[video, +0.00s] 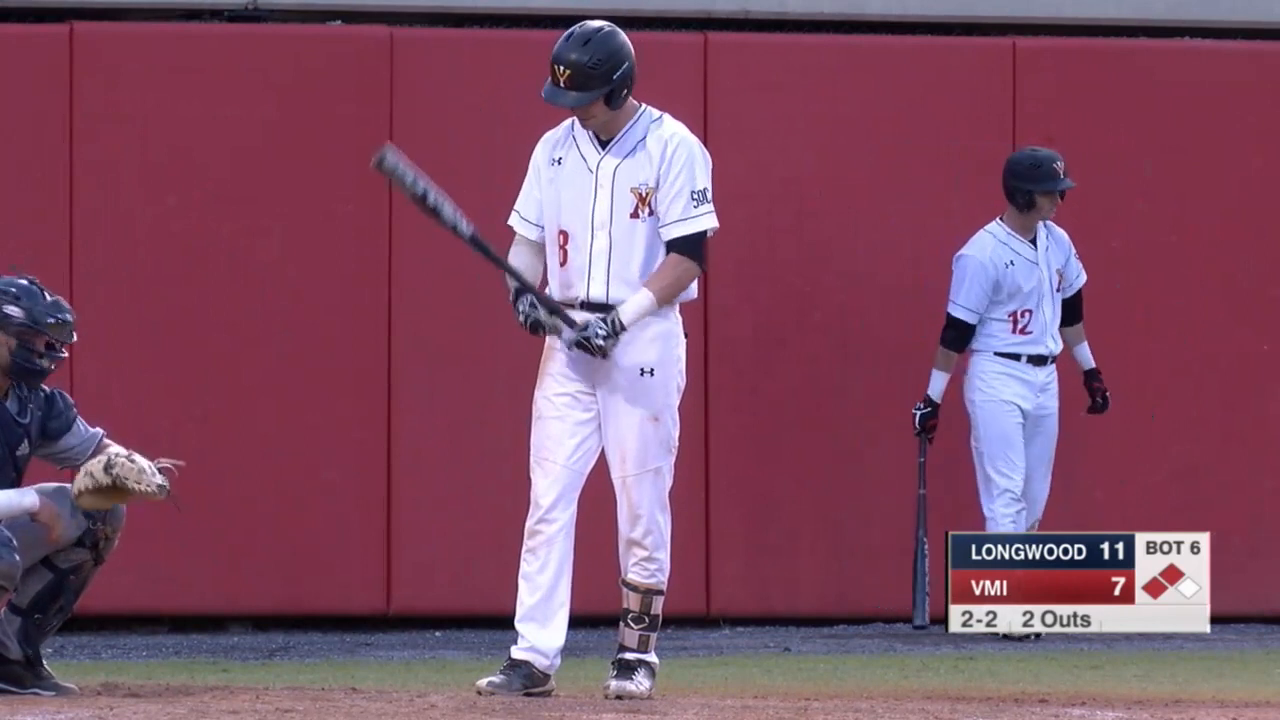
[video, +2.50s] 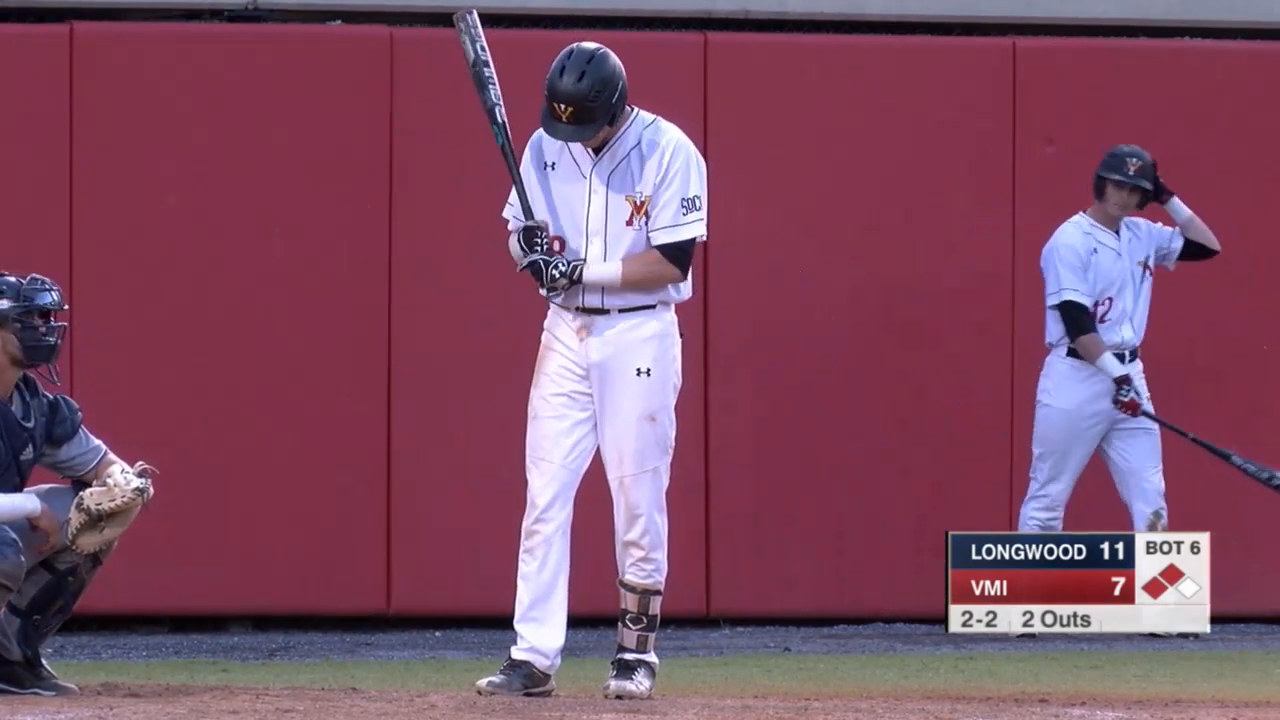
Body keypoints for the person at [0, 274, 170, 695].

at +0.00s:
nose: (40, 349)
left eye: (47, 341)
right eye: (28, 337)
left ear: (54, 344)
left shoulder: (35, 401)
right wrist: (26, 501)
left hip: (9, 521)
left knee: (98, 510)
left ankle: (15, 651)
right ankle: (8, 651)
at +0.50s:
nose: (62, 360)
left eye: (65, 350)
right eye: (56, 347)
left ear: (23, 340)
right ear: (19, 339)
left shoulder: (41, 411)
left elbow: (98, 461)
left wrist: (131, 481)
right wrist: (27, 503)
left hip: (9, 522)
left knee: (94, 511)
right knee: (7, 550)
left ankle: (15, 652)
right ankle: (6, 658)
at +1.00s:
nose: (63, 360)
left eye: (65, 350)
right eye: (57, 347)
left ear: (24, 341)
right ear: (20, 339)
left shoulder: (41, 410)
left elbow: (99, 461)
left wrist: (128, 479)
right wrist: (26, 503)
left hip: (10, 522)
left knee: (95, 511)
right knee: (7, 549)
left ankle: (15, 651)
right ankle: (7, 655)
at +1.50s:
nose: (62, 361)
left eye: (65, 351)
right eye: (56, 348)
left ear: (23, 341)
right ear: (20, 339)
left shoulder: (40, 410)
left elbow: (99, 461)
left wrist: (128, 480)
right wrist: (26, 504)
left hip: (9, 521)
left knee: (96, 512)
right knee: (7, 549)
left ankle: (14, 651)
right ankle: (7, 655)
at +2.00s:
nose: (53, 342)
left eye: (55, 333)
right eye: (42, 331)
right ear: (5, 334)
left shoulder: (40, 407)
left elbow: (98, 461)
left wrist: (128, 482)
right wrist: (29, 505)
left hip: (10, 521)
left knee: (95, 512)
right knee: (8, 548)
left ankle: (15, 651)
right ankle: (7, 655)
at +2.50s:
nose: (40, 328)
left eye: (42, 319)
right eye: (25, 319)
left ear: (47, 325)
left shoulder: (37, 404)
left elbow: (98, 462)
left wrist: (127, 483)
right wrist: (29, 505)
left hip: (9, 522)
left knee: (96, 513)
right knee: (10, 547)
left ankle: (14, 652)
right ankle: (7, 653)